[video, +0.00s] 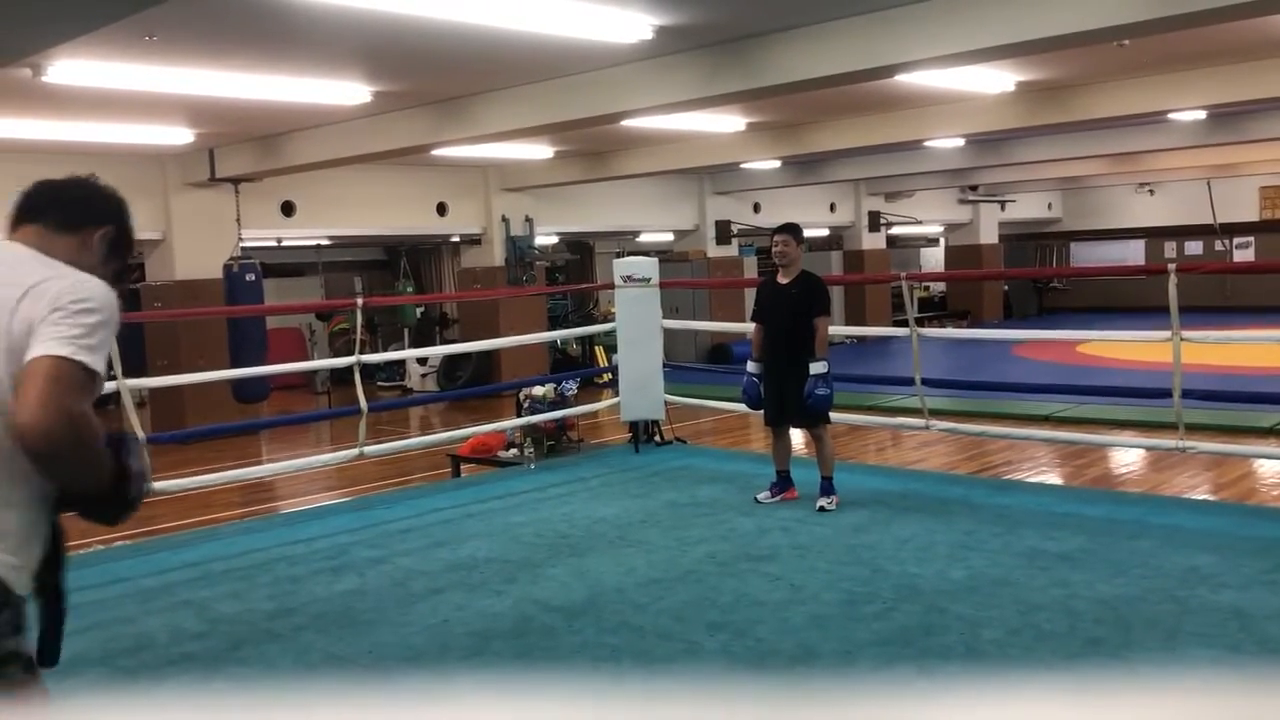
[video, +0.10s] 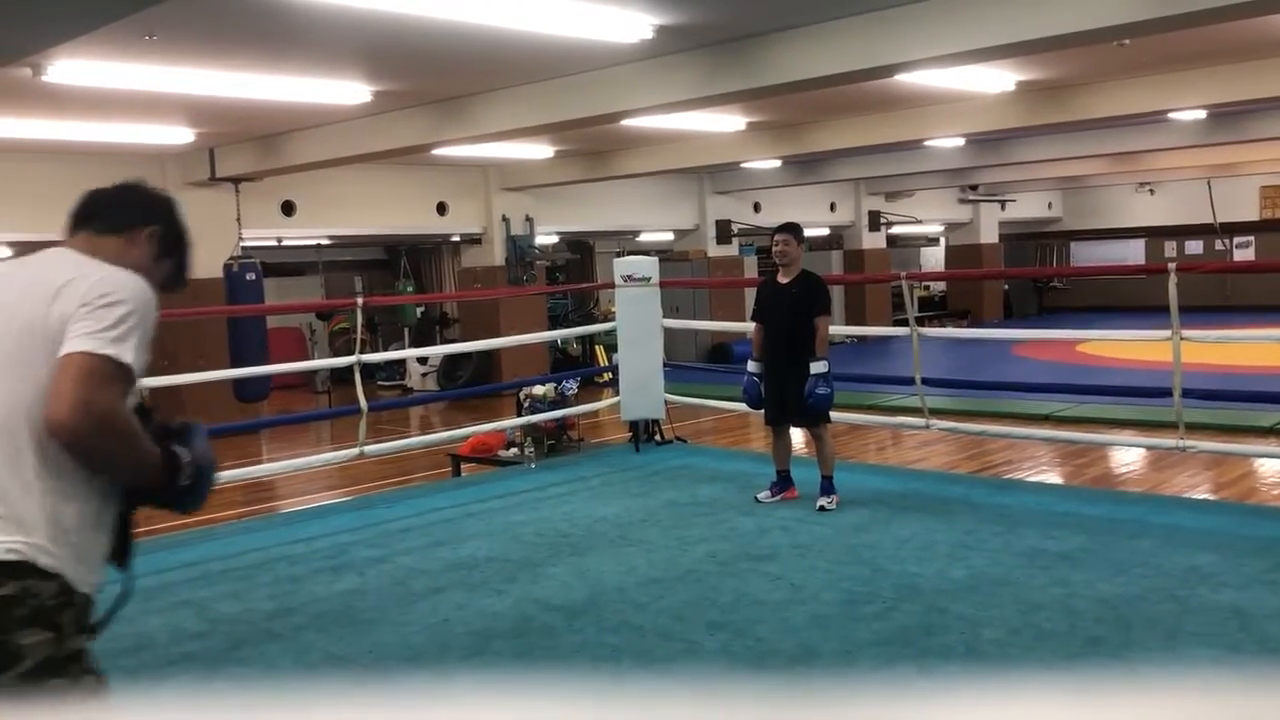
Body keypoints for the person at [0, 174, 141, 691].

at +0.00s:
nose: (109, 278)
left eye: (116, 267)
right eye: (113, 262)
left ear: (20, 225)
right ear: (96, 238)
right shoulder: (76, 291)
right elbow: (42, 419)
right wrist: (106, 484)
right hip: (5, 583)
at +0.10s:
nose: (152, 288)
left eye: (160, 281)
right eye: (158, 276)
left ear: (79, 231)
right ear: (146, 238)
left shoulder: (10, 274)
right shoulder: (116, 286)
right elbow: (76, 412)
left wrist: (127, 432)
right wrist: (163, 471)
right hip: (24, 577)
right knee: (67, 710)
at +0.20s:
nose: (208, 288)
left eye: (219, 283)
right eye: (217, 274)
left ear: (147, 225)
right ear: (203, 232)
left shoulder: (42, 284)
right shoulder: (162, 274)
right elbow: (115, 398)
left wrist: (187, 408)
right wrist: (215, 452)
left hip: (11, 557)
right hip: (70, 566)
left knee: (74, 711)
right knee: (143, 714)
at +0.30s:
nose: (281, 273)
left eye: (295, 262)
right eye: (292, 252)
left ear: (249, 207)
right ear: (257, 208)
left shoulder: (125, 266)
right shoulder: (202, 261)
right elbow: (152, 385)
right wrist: (253, 434)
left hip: (69, 547)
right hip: (123, 549)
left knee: (143, 710)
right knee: (243, 706)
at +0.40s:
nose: (349, 235)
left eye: (357, 226)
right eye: (345, 213)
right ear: (289, 182)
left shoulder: (203, 253)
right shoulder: (246, 254)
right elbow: (193, 381)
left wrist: (293, 395)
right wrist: (303, 425)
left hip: (143, 536)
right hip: (181, 539)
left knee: (192, 711)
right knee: (314, 697)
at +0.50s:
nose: (394, 218)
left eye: (409, 210)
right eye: (387, 193)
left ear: (410, 220)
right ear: (331, 176)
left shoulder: (280, 257)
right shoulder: (297, 256)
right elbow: (254, 391)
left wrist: (359, 384)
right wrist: (373, 413)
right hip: (253, 536)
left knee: (230, 706)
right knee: (354, 700)